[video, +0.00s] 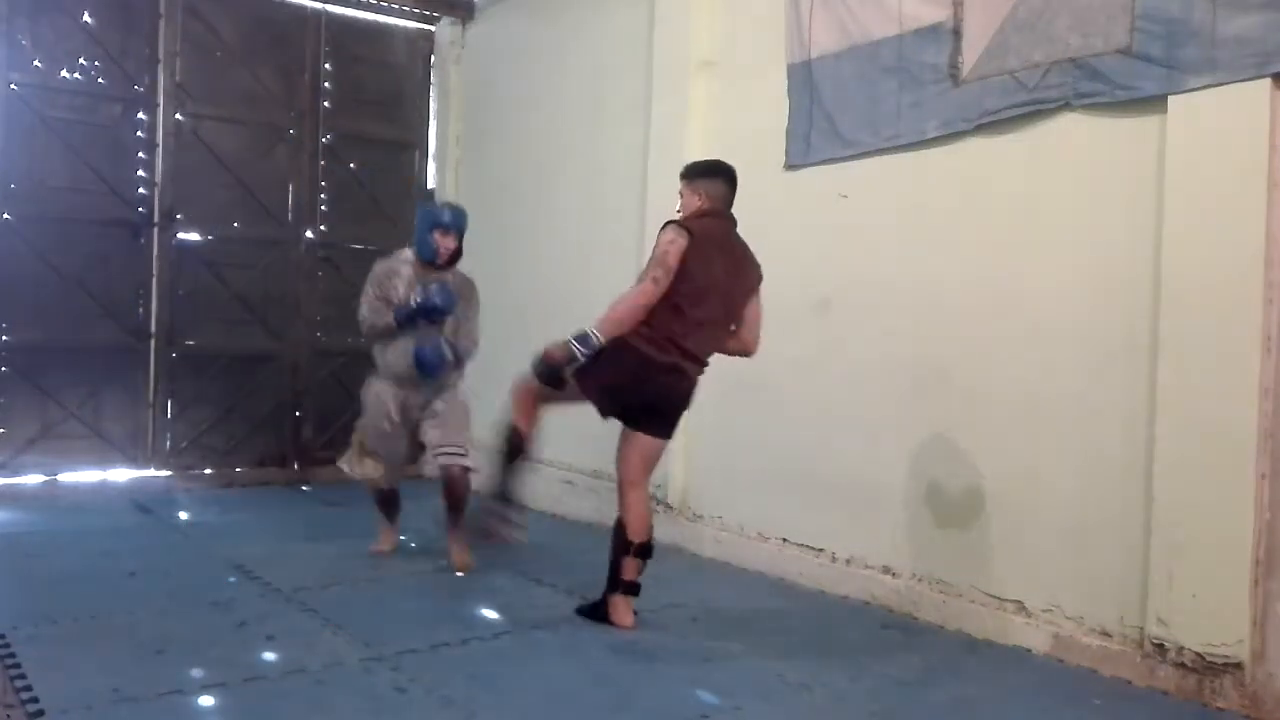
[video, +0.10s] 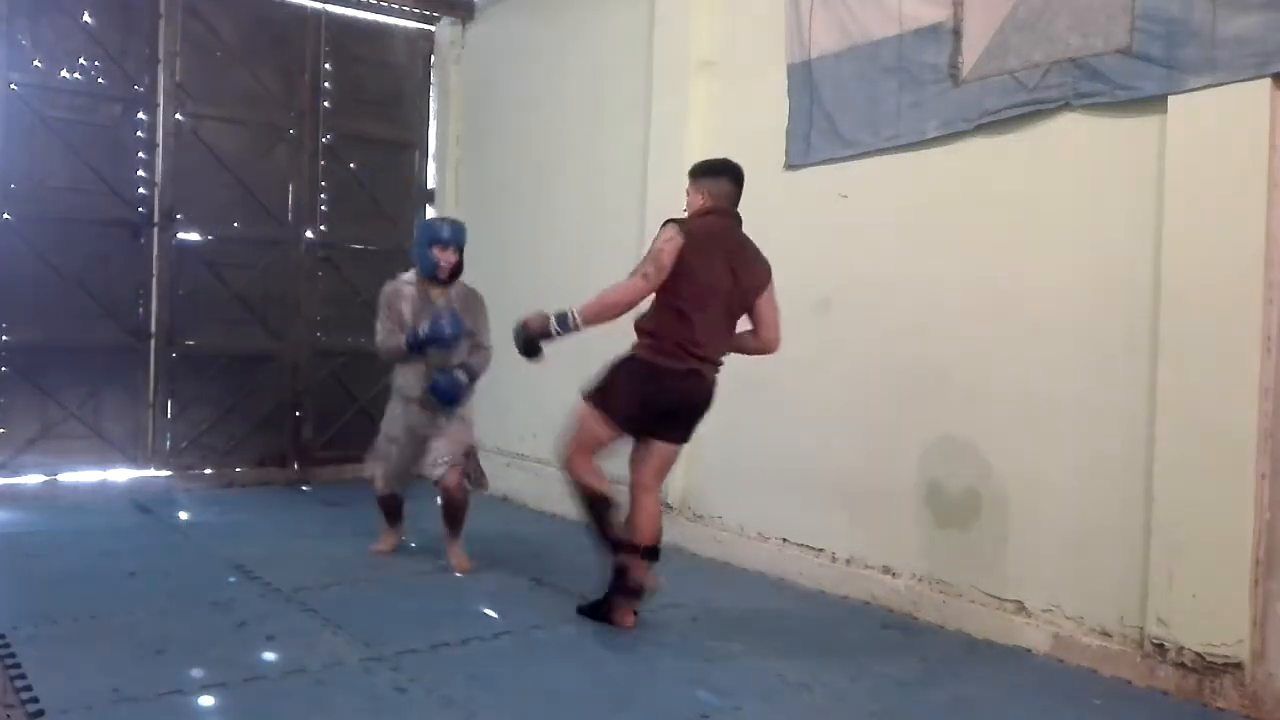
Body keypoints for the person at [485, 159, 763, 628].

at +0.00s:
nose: (679, 203)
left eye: (683, 195)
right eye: (681, 195)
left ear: (699, 197)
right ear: (726, 201)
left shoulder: (681, 233)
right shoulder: (748, 262)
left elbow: (649, 292)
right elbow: (745, 343)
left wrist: (581, 342)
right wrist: (689, 328)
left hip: (627, 363)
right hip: (674, 388)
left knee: (530, 390)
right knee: (635, 481)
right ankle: (621, 601)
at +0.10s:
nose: (686, 201)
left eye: (690, 193)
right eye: (690, 193)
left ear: (701, 196)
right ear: (733, 200)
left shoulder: (680, 233)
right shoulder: (754, 260)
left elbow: (632, 292)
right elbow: (767, 340)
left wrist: (561, 322)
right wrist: (715, 338)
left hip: (648, 372)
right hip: (696, 387)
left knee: (579, 450)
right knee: (647, 481)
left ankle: (623, 553)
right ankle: (624, 603)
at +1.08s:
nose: (820, 202)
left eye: (823, 194)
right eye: (824, 194)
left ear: (834, 198)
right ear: (872, 204)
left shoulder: (802, 232)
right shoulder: (887, 275)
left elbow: (767, 289)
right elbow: (843, 334)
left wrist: (704, 338)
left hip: (738, 366)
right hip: (795, 396)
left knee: (665, 392)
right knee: (782, 497)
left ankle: (610, 413)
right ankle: (794, 625)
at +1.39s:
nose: (784, 202)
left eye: (785, 195)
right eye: (785, 197)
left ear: (795, 192)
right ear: (837, 192)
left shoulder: (779, 227)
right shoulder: (867, 244)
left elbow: (733, 289)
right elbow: (830, 300)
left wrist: (750, 247)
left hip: (754, 384)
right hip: (817, 394)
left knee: (703, 470)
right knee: (798, 500)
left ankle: (722, 588)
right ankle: (798, 628)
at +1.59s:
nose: (733, 215)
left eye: (733, 207)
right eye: (734, 206)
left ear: (742, 201)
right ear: (781, 194)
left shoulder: (732, 235)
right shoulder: (830, 238)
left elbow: (717, 308)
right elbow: (815, 301)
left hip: (747, 399)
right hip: (811, 398)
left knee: (739, 527)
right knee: (797, 515)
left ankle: (775, 664)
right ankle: (800, 633)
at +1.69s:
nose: (717, 210)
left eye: (716, 202)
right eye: (718, 201)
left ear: (722, 199)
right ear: (764, 190)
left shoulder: (711, 233)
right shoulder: (811, 228)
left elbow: (712, 299)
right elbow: (792, 289)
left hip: (738, 391)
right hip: (799, 392)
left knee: (748, 527)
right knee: (785, 511)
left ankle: (783, 674)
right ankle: (795, 636)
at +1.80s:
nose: (699, 206)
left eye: (698, 199)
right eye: (701, 198)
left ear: (704, 193)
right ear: (744, 183)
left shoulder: (693, 221)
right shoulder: (797, 217)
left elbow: (697, 288)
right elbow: (785, 281)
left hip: (726, 378)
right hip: (788, 380)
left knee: (704, 510)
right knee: (769, 500)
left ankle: (758, 656)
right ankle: (798, 642)